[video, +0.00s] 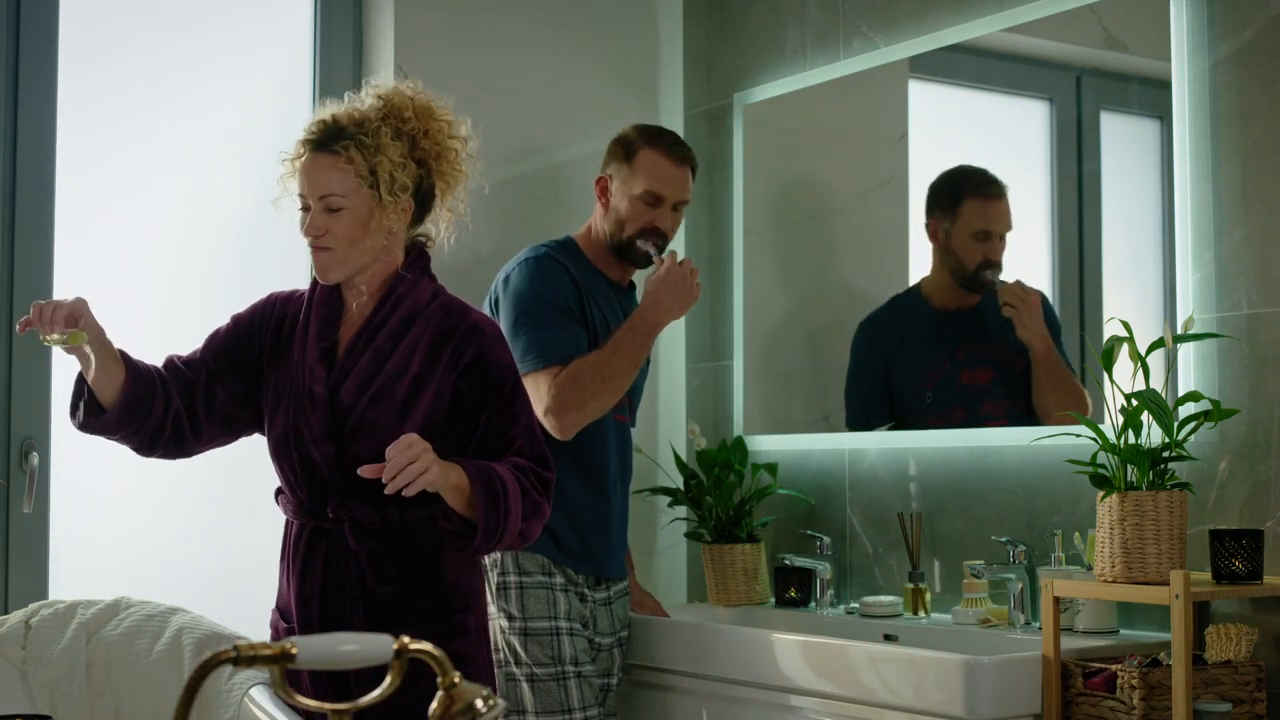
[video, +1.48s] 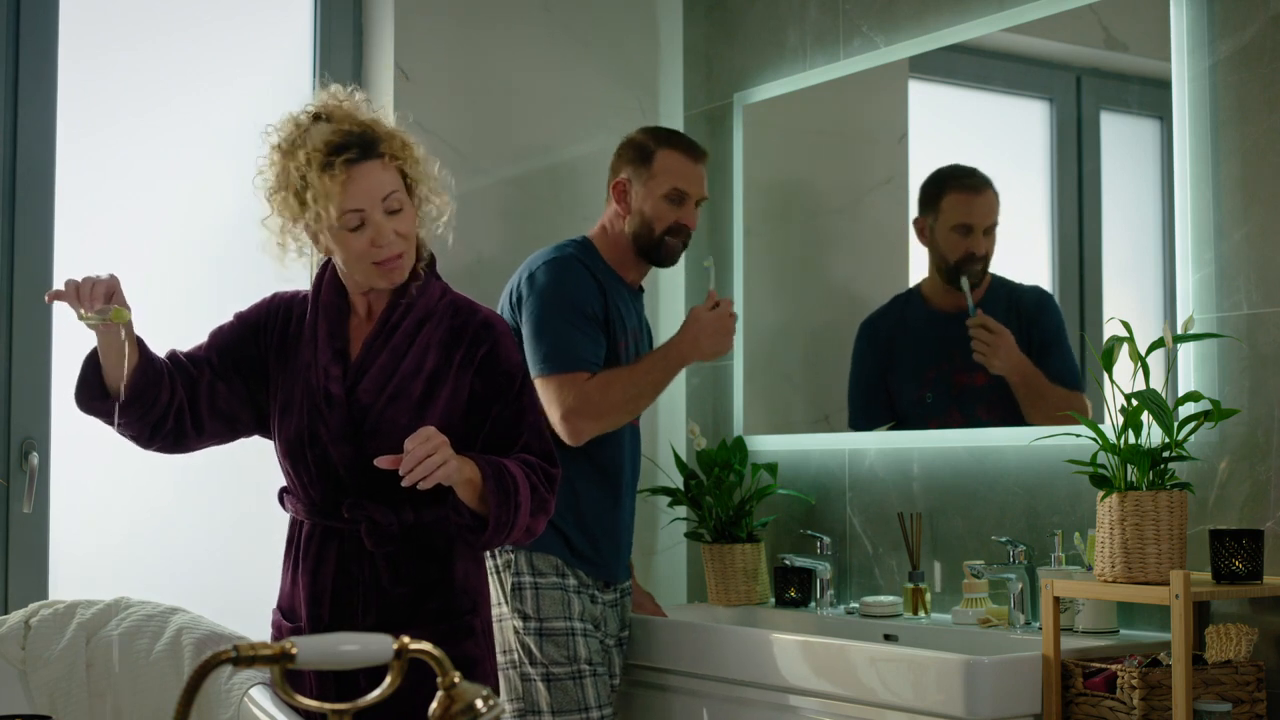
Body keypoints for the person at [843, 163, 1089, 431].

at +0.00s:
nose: (995, 255)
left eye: (1002, 238)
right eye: (981, 238)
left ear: (1009, 233)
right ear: (936, 232)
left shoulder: (1030, 312)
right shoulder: (882, 331)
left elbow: (1069, 423)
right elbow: (867, 450)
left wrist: (1039, 342)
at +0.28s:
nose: (965, 270)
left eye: (979, 253)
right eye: (949, 252)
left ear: (995, 241)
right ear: (922, 240)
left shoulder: (1032, 312)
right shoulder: (882, 333)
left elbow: (1070, 426)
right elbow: (867, 449)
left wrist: (1023, 354)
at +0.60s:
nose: (939, 284)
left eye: (956, 269)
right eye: (925, 266)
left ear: (983, 250)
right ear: (907, 246)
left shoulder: (1031, 311)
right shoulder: (880, 335)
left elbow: (1069, 424)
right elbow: (867, 447)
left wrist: (1007, 361)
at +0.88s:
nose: (951, 270)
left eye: (962, 251)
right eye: (933, 255)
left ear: (978, 235)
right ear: (904, 249)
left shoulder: (1029, 309)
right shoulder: (878, 336)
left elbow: (1068, 424)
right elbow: (867, 451)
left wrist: (1003, 357)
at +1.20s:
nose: (961, 257)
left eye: (972, 238)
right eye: (944, 243)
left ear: (981, 231)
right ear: (910, 243)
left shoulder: (1029, 309)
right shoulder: (877, 336)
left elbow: (1068, 425)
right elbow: (869, 452)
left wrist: (1008, 354)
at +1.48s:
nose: (980, 248)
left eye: (988, 232)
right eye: (963, 232)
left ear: (997, 228)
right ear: (923, 231)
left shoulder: (1033, 310)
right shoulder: (881, 332)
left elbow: (1072, 425)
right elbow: (869, 449)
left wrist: (1016, 367)